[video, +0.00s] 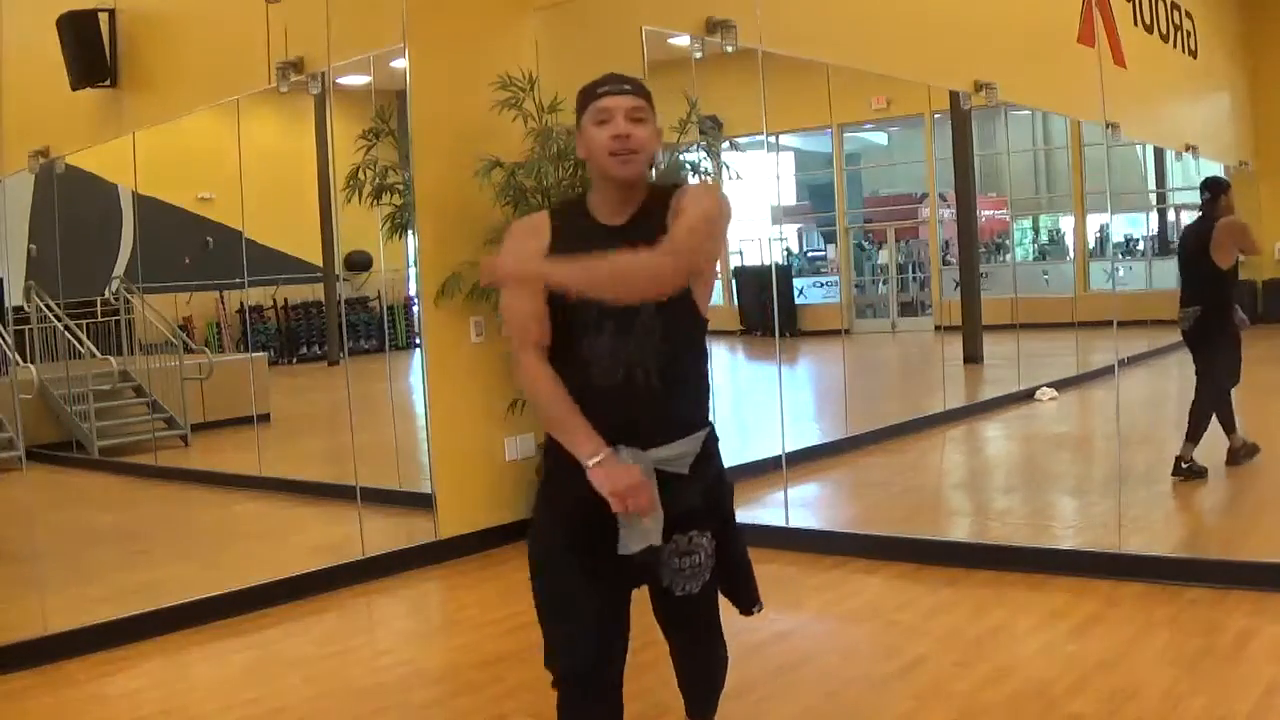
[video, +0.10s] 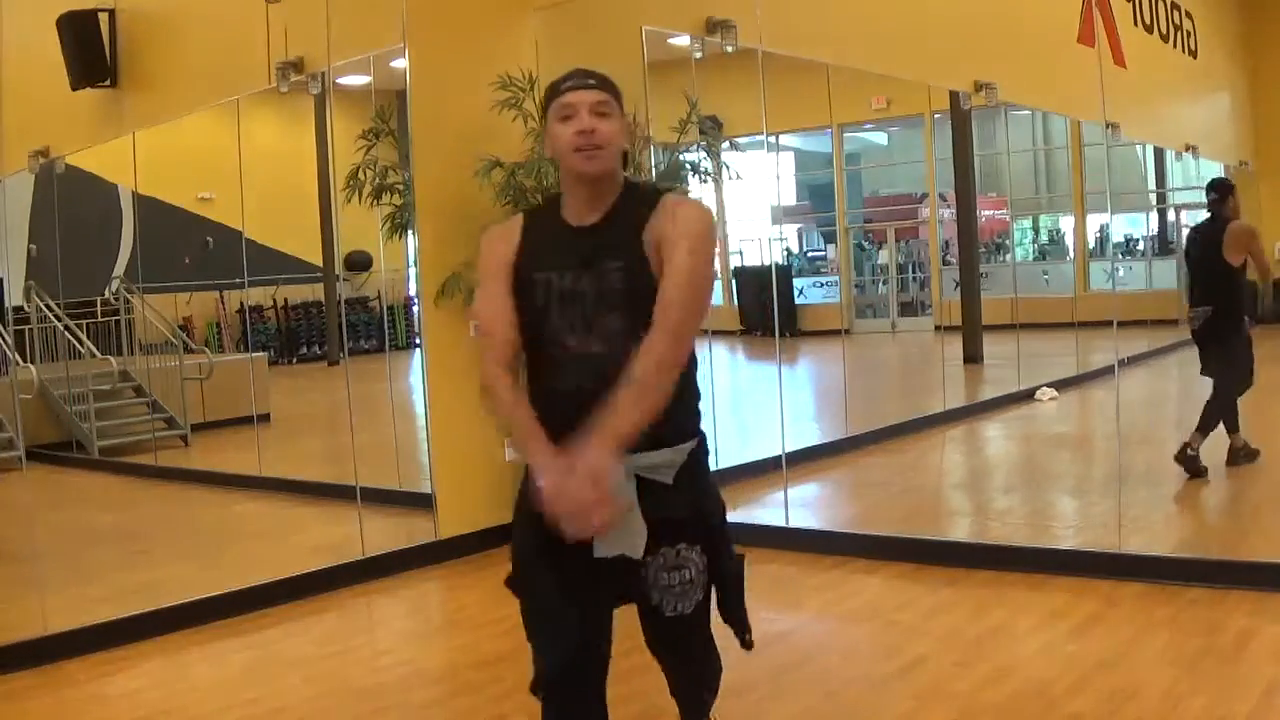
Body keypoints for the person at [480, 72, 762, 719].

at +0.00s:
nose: (623, 131)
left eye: (638, 118)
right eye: (604, 120)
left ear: (657, 138)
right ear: (580, 142)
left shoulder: (697, 203)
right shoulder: (533, 234)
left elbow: (666, 273)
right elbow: (528, 357)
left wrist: (535, 270)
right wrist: (599, 457)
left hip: (682, 466)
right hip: (576, 472)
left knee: (697, 639)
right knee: (585, 677)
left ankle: (701, 712)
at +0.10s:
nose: (587, 126)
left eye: (601, 113)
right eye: (568, 116)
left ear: (626, 132)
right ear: (547, 140)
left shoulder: (679, 220)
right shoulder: (508, 240)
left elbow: (665, 354)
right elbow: (498, 369)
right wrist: (550, 467)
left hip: (660, 473)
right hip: (554, 477)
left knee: (683, 646)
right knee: (565, 680)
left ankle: (696, 711)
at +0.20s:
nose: (557, 133)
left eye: (574, 118)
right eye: (538, 122)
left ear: (602, 139)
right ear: (519, 149)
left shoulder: (656, 235)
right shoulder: (490, 255)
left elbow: (695, 380)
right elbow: (473, 392)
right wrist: (490, 504)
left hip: (653, 484)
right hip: (545, 487)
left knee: (672, 680)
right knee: (554, 693)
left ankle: (690, 710)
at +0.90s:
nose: (536, 205)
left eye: (560, 181)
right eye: (509, 185)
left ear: (598, 197)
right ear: (482, 208)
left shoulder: (689, 312)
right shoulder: (443, 330)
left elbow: (739, 479)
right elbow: (450, 475)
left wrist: (748, 623)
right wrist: (482, 585)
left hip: (665, 575)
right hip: (533, 577)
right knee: (533, 706)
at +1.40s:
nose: (625, 187)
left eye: (652, 163)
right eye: (598, 165)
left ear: (694, 182)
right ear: (570, 192)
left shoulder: (777, 307)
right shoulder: (527, 307)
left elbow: (854, 466)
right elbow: (521, 452)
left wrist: (869, 602)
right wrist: (539, 576)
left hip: (736, 581)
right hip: (600, 573)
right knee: (572, 703)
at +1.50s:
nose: (673, 176)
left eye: (700, 155)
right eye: (648, 155)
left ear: (736, 181)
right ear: (616, 184)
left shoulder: (810, 299)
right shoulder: (571, 300)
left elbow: (905, 428)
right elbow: (535, 455)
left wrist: (918, 547)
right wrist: (527, 599)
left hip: (763, 577)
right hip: (634, 568)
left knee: (759, 706)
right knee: (594, 700)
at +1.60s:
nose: (725, 168)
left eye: (751, 151)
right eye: (700, 150)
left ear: (782, 181)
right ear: (669, 183)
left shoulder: (855, 292)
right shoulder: (619, 309)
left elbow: (928, 380)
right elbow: (572, 471)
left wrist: (924, 464)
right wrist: (538, 638)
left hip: (804, 576)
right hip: (675, 571)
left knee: (797, 705)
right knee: (636, 701)